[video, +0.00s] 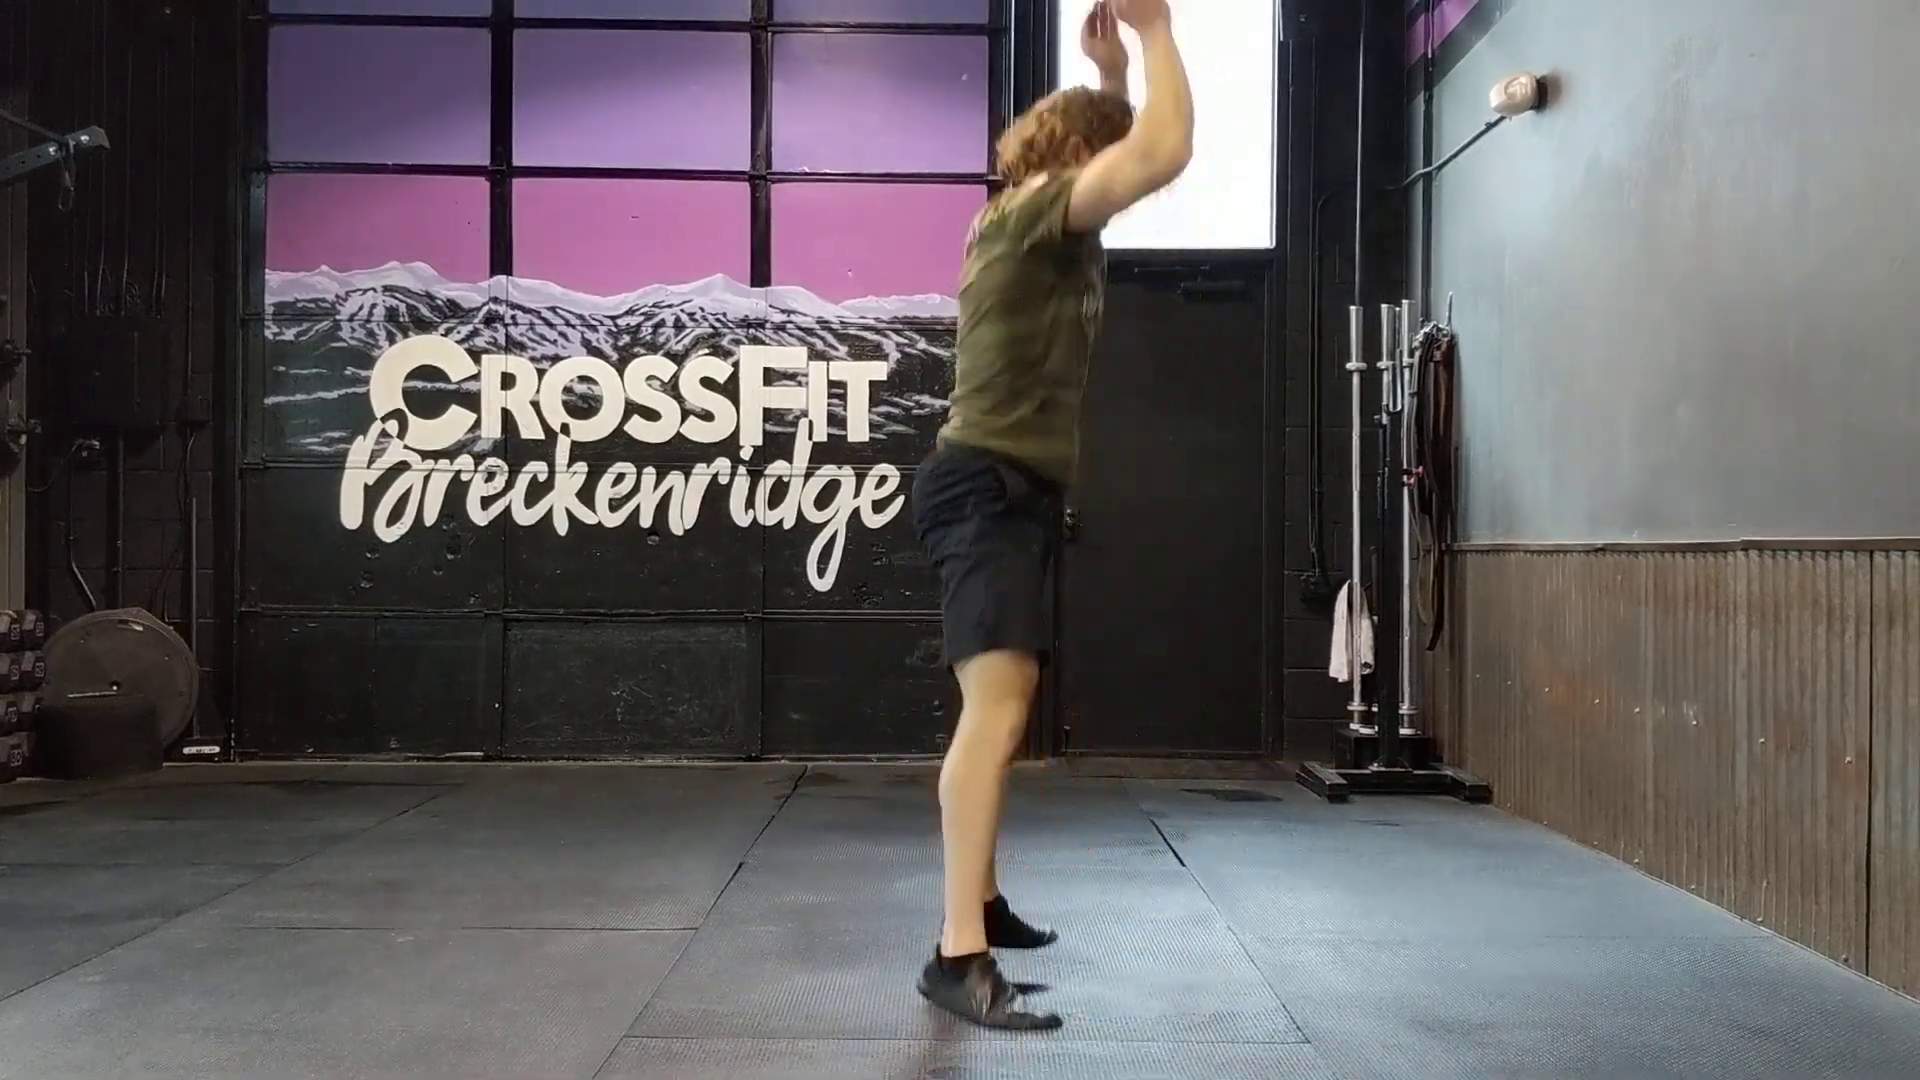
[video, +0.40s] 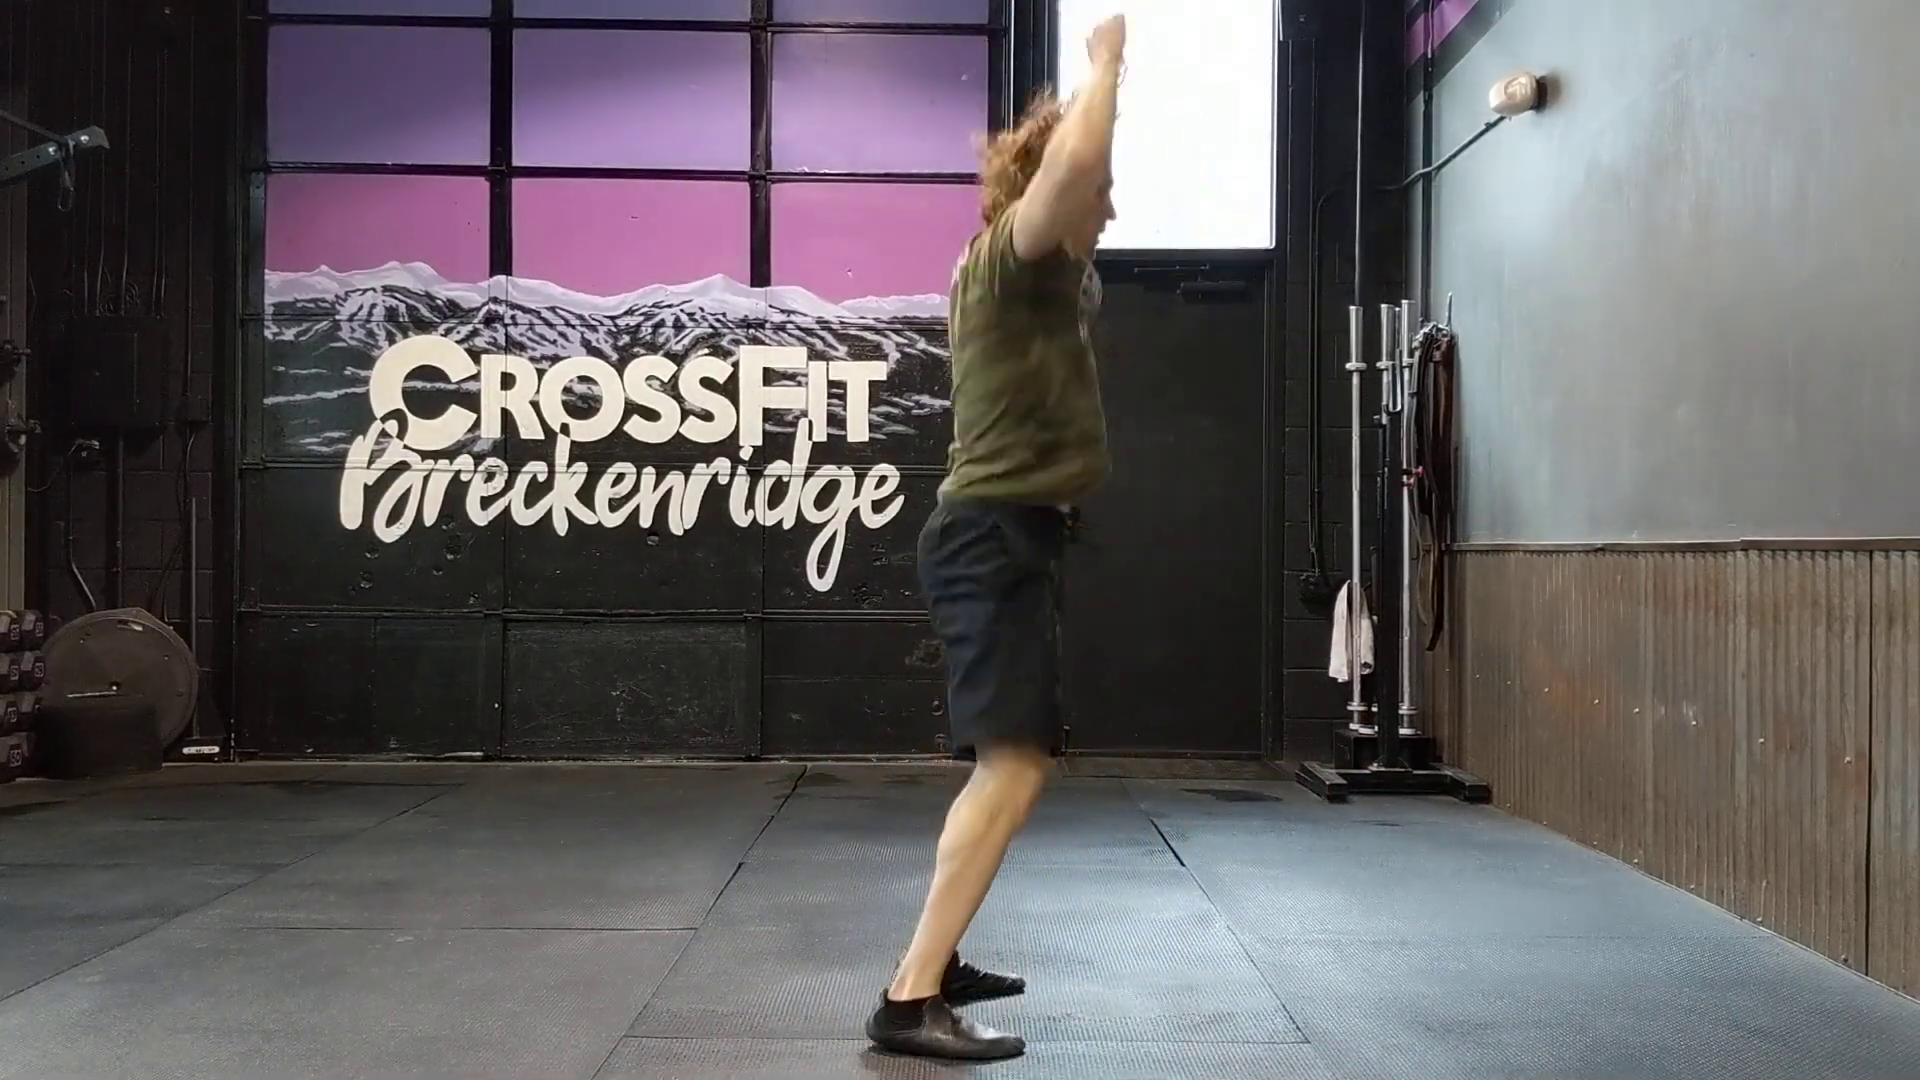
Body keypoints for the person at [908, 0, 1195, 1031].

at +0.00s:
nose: (1116, 181)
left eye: (1119, 162)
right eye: (1112, 161)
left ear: (1049, 150)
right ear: (1074, 156)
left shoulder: (1032, 219)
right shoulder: (1030, 216)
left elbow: (1099, 145)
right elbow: (1160, 152)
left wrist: (1110, 66)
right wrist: (1158, 30)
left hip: (1011, 490)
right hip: (985, 486)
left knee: (996, 709)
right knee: (994, 713)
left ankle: (974, 897)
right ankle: (957, 954)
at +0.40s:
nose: (1107, 210)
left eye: (1107, 190)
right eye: (1093, 191)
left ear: (1033, 171)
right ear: (1056, 185)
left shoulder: (1028, 262)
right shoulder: (1009, 258)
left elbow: (1073, 168)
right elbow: (1073, 170)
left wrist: (1099, 77)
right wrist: (1103, 70)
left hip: (1011, 533)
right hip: (991, 535)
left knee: (1014, 759)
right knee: (1014, 763)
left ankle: (940, 955)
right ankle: (911, 995)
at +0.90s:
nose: (1243, 527)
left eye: (1254, 514)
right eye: (1249, 507)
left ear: (1212, 468)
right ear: (1216, 470)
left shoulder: (1122, 474)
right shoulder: (1123, 486)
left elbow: (1057, 659)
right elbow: (1076, 662)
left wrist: (1084, 806)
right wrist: (1102, 814)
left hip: (908, 580)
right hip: (899, 583)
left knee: (1015, 773)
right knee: (1025, 781)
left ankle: (932, 961)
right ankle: (912, 1000)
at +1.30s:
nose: (1327, 829)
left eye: (1343, 818)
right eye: (1338, 812)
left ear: (1308, 754)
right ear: (1308, 769)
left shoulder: (1220, 730)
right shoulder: (1221, 759)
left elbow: (1105, 860)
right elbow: (1115, 885)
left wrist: (1126, 975)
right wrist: (1130, 1027)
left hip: (971, 695)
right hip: (974, 714)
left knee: (785, 832)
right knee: (778, 870)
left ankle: (597, 844)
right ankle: (536, 900)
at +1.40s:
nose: (1349, 875)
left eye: (1361, 862)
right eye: (1351, 858)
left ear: (1320, 816)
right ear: (1313, 829)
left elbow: (1097, 872)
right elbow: (1100, 902)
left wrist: (1119, 972)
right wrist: (1135, 1032)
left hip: (979, 804)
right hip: (970, 831)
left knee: (764, 904)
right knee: (755, 942)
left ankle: (568, 914)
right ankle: (514, 952)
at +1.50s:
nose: (1351, 947)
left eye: (1358, 932)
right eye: (1350, 929)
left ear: (1315, 897)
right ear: (1310, 903)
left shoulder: (1240, 879)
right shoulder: (1214, 897)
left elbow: (1118, 902)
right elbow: (1097, 904)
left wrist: (1158, 974)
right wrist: (1133, 1026)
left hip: (971, 870)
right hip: (962, 899)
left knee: (753, 933)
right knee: (728, 974)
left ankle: (558, 906)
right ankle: (494, 949)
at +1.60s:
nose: (1360, 981)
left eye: (1366, 967)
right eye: (1357, 965)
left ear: (1316, 930)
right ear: (1316, 944)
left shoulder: (1236, 918)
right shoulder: (1234, 948)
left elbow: (1114, 861)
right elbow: (1099, 891)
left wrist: (1147, 1000)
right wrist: (1137, 1030)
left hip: (977, 893)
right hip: (974, 925)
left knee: (748, 937)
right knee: (725, 982)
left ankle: (555, 906)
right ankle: (490, 953)